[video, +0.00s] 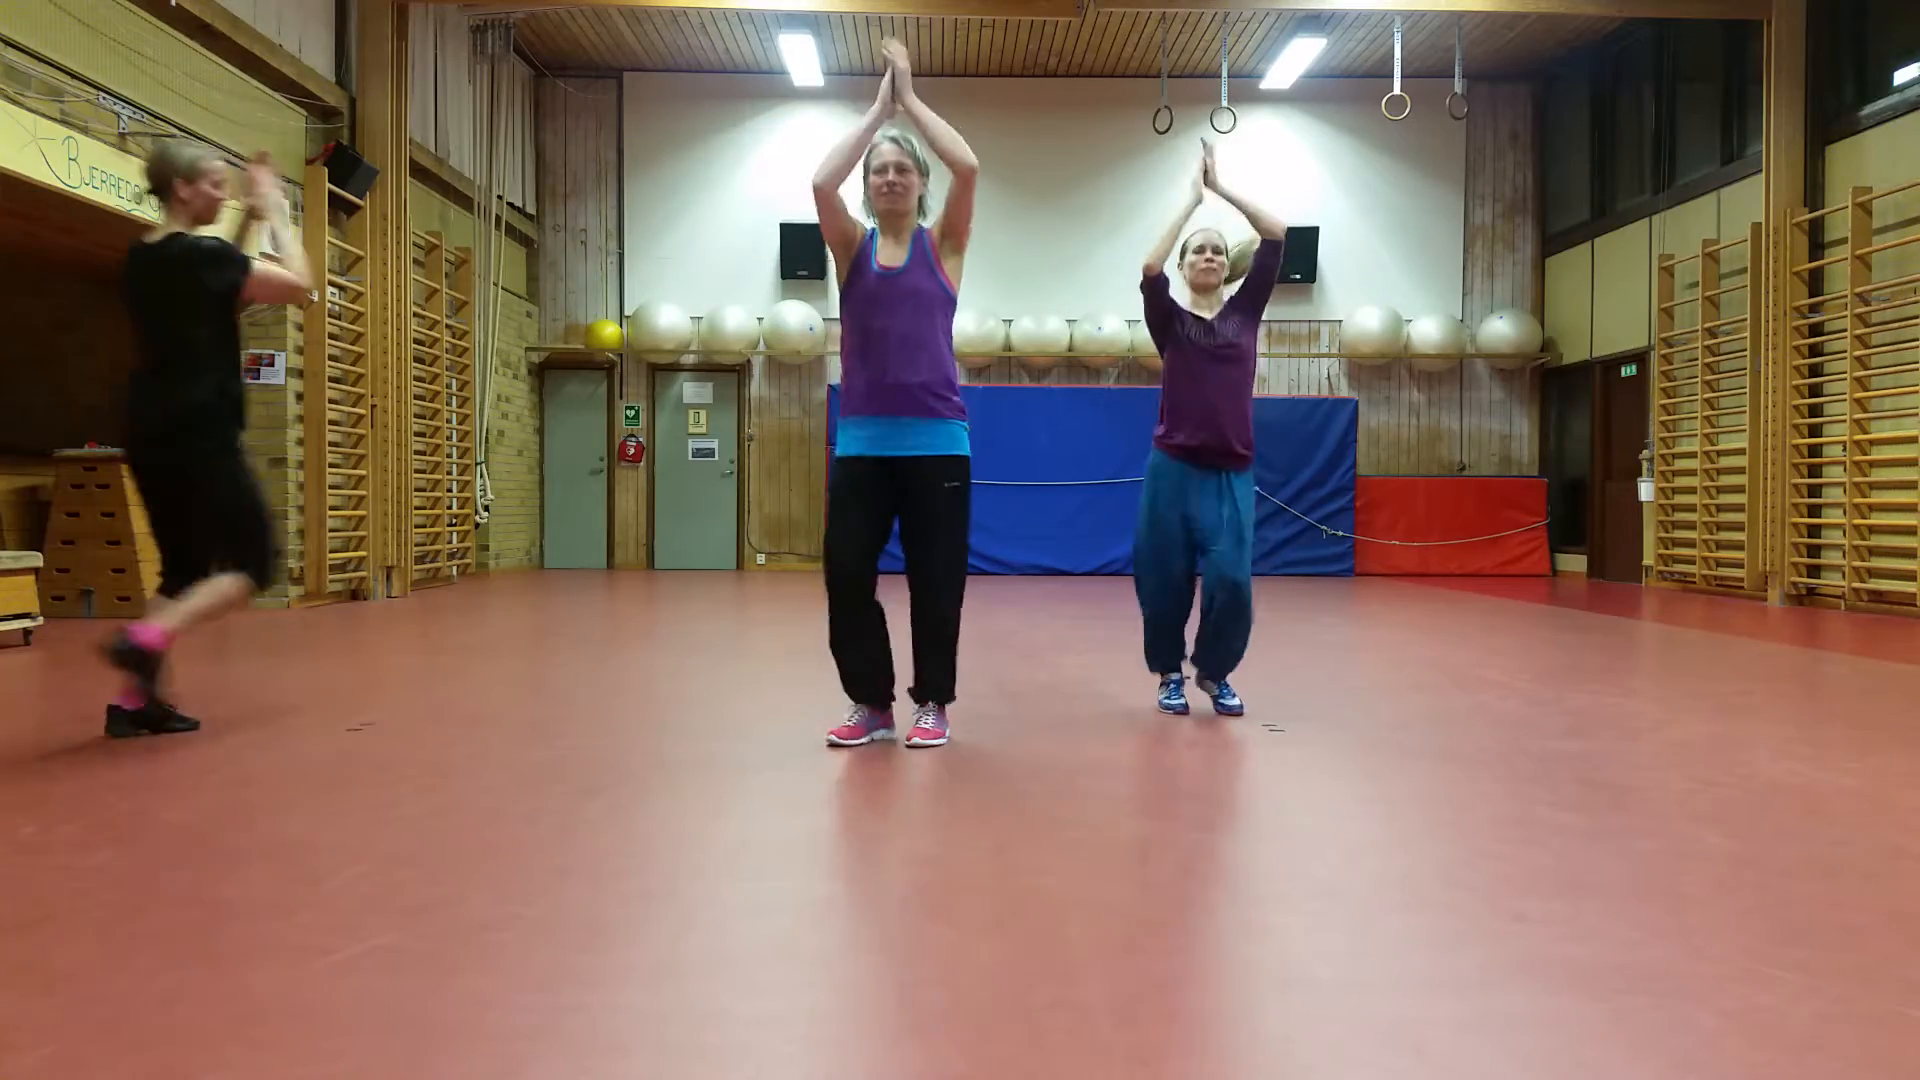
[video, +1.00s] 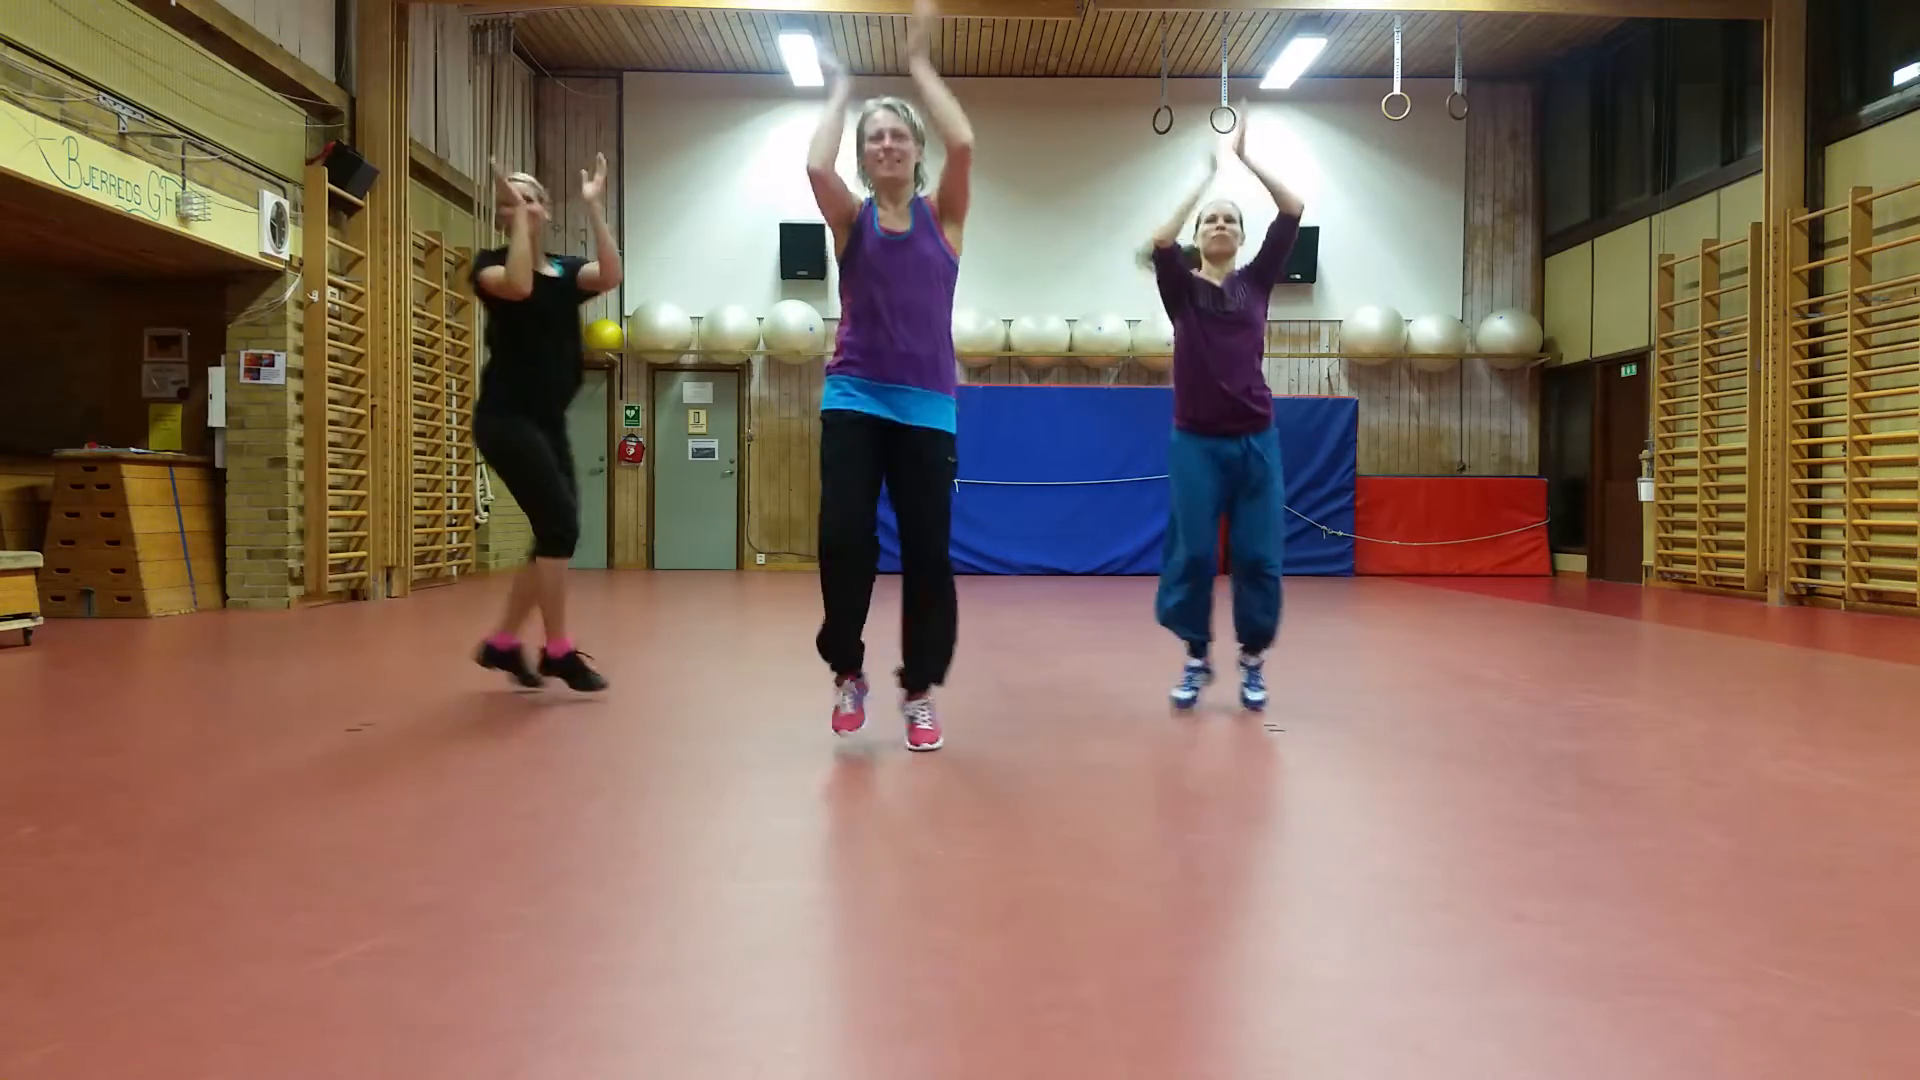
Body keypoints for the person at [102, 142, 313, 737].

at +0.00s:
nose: (223, 195)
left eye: (224, 185)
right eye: (216, 184)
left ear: (171, 193)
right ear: (183, 189)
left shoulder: (140, 256)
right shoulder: (208, 256)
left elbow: (222, 283)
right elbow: (300, 283)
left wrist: (251, 213)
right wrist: (273, 210)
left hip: (149, 435)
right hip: (203, 435)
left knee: (182, 564)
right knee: (252, 563)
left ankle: (142, 700)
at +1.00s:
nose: (530, 207)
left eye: (535, 199)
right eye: (520, 199)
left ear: (547, 211)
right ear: (502, 211)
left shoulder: (563, 269)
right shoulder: (487, 267)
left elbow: (611, 275)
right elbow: (519, 285)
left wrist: (594, 208)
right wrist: (519, 216)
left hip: (548, 417)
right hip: (504, 417)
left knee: (558, 531)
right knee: (557, 527)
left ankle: (503, 640)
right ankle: (558, 650)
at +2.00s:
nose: (644, 227)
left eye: (654, 221)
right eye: (636, 220)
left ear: (669, 234)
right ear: (623, 231)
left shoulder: (685, 292)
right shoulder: (599, 296)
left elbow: (715, 343)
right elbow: (553, 348)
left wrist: (653, 312)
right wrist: (591, 302)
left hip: (666, 445)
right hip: (604, 446)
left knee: (705, 540)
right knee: (604, 562)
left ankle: (696, 650)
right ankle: (607, 665)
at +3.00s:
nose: (660, 232)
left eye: (671, 226)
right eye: (652, 225)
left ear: (688, 240)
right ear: (642, 239)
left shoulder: (712, 301)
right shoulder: (619, 304)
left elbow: (746, 363)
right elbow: (584, 368)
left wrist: (704, 323)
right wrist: (617, 319)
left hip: (708, 451)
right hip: (644, 452)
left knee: (737, 561)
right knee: (583, 548)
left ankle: (761, 666)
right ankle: (578, 653)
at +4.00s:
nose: (656, 227)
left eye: (666, 220)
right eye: (648, 219)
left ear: (682, 232)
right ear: (636, 231)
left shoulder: (703, 287)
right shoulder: (618, 291)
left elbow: (744, 301)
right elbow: (558, 307)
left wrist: (681, 290)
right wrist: (617, 292)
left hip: (698, 452)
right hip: (633, 451)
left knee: (740, 562)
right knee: (568, 544)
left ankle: (767, 670)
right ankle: (556, 653)